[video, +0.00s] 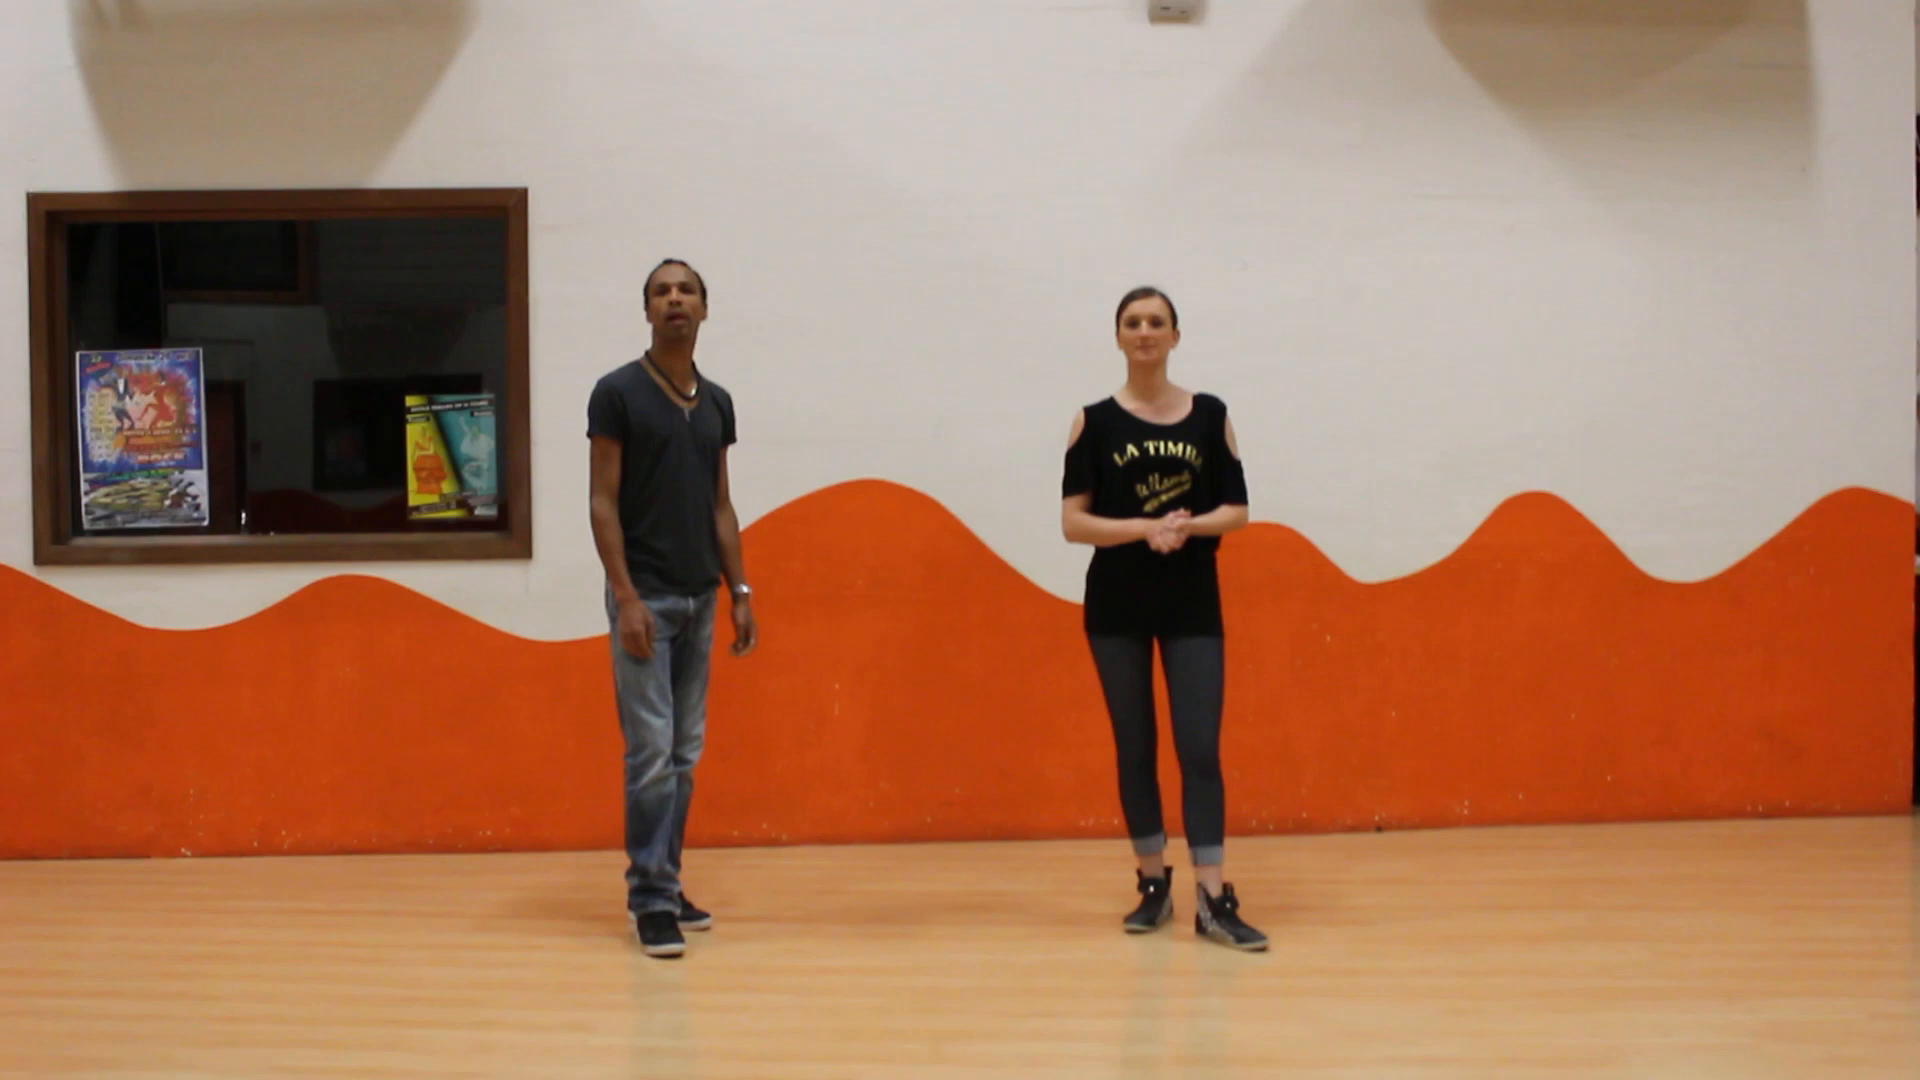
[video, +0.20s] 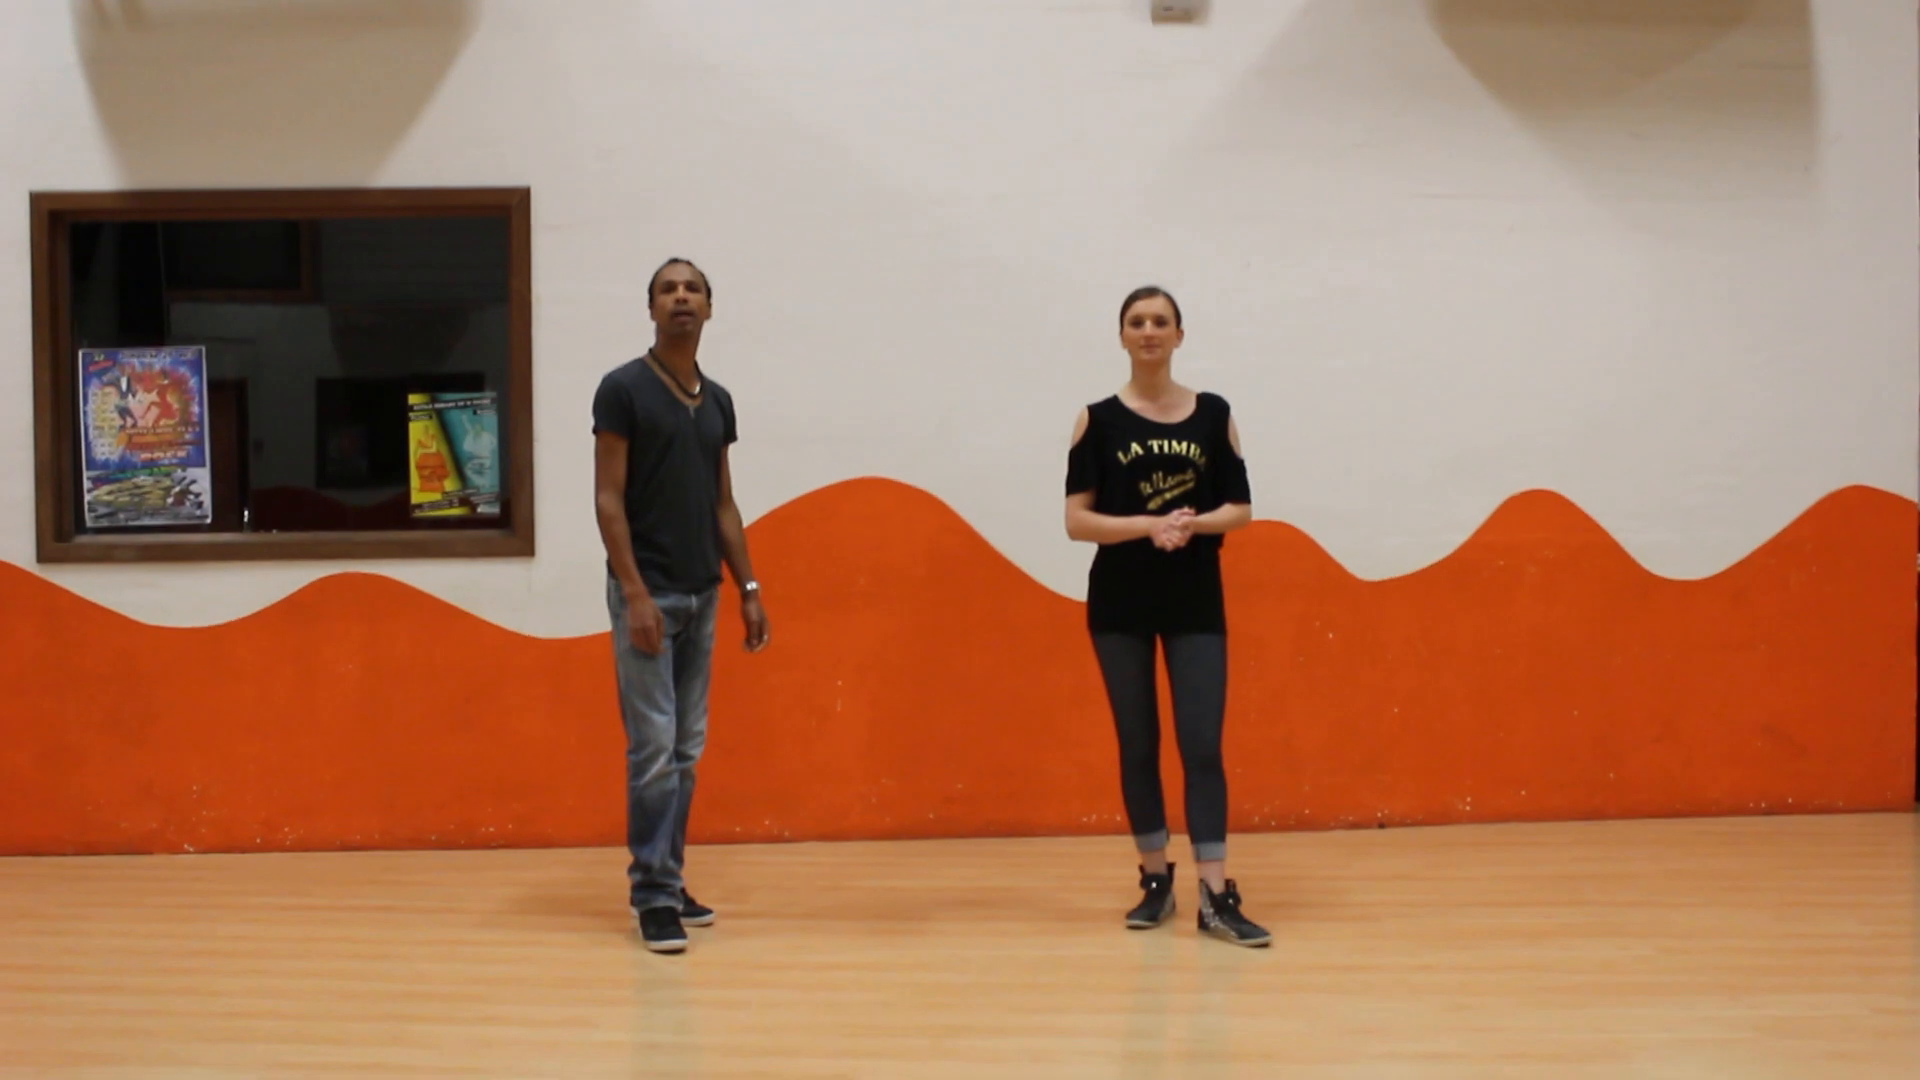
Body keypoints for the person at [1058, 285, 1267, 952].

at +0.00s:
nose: (1145, 333)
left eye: (1156, 323)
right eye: (1133, 323)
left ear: (1175, 336)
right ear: (1117, 336)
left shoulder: (1208, 414)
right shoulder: (1092, 423)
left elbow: (1236, 510)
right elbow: (1075, 522)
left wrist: (1191, 524)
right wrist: (1140, 527)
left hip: (1191, 602)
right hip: (1117, 605)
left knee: (1199, 751)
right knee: (1135, 749)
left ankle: (1213, 900)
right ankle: (1154, 886)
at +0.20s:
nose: (1149, 332)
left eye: (1160, 322)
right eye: (1138, 322)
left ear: (1179, 335)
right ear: (1122, 335)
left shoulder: (1212, 413)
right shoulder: (1096, 421)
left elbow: (1239, 509)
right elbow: (1077, 520)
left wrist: (1196, 522)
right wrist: (1145, 524)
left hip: (1194, 599)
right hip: (1120, 601)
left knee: (1202, 747)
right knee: (1138, 745)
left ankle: (1216, 896)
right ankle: (1157, 883)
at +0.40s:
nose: (1150, 334)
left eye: (1161, 324)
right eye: (1139, 324)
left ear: (1180, 337)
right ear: (1123, 337)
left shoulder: (1213, 414)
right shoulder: (1098, 422)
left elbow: (1240, 511)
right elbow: (1078, 522)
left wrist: (1198, 525)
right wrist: (1145, 526)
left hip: (1194, 600)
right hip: (1120, 602)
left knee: (1203, 748)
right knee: (1139, 746)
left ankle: (1216, 897)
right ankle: (1157, 885)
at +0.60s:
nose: (1152, 333)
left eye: (1163, 323)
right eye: (1141, 323)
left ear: (1182, 336)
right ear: (1125, 336)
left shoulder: (1214, 414)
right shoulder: (1098, 421)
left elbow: (1241, 510)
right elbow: (1079, 521)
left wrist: (1200, 524)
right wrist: (1147, 525)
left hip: (1195, 601)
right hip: (1121, 602)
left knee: (1203, 747)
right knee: (1139, 746)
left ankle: (1216, 897)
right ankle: (1157, 884)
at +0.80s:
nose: (1148, 331)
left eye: (1160, 321)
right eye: (1138, 321)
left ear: (1182, 335)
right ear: (1124, 335)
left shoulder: (1215, 413)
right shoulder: (1099, 419)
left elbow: (1241, 509)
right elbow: (1079, 519)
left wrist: (1199, 523)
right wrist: (1146, 524)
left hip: (1195, 600)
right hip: (1121, 601)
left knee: (1204, 747)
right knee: (1139, 745)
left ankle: (1216, 896)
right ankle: (1157, 882)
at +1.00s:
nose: (1123, 331)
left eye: (1137, 321)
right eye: (1120, 322)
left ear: (1173, 333)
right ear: (1120, 334)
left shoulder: (1216, 413)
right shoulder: (1099, 419)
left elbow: (1242, 510)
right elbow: (1079, 519)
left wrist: (1196, 523)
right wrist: (1145, 524)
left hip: (1195, 600)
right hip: (1120, 601)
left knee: (1204, 747)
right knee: (1138, 745)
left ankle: (1216, 896)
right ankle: (1157, 882)